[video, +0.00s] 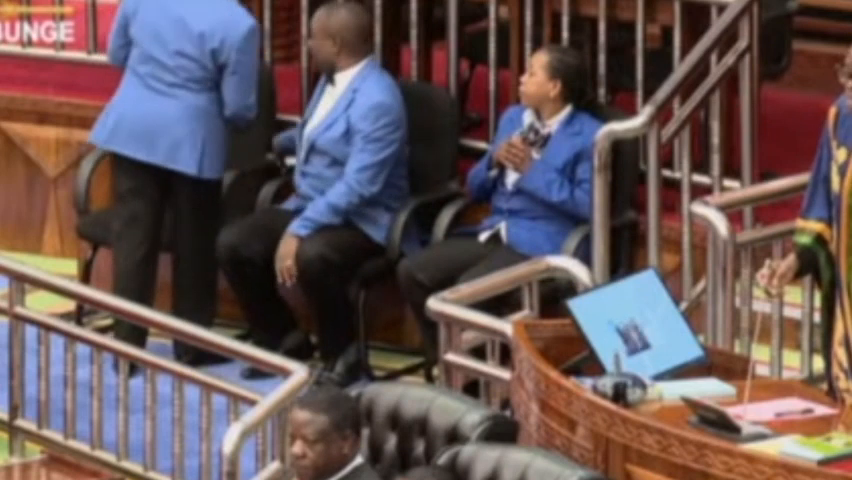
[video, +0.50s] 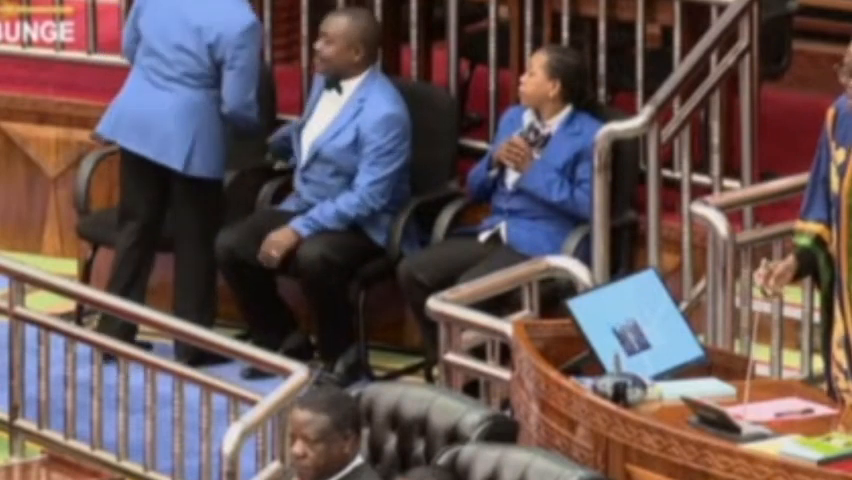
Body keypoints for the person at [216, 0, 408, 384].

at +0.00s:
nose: (309, 47)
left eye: (313, 39)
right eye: (310, 39)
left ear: (336, 43)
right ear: (342, 43)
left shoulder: (377, 97)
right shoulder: (330, 83)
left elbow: (361, 184)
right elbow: (320, 137)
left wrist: (298, 231)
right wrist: (281, 144)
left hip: (365, 219)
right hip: (312, 205)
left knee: (315, 258)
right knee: (235, 244)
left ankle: (342, 358)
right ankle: (282, 341)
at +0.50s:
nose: (316, 47)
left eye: (327, 41)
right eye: (318, 39)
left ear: (357, 55)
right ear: (349, 53)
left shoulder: (384, 110)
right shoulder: (326, 84)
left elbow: (370, 198)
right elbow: (315, 138)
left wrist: (297, 230)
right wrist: (278, 144)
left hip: (362, 222)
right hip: (308, 205)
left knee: (315, 257)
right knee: (233, 246)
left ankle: (341, 359)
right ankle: (280, 341)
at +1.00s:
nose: (342, 43)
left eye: (355, 37)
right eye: (337, 33)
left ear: (378, 44)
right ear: (328, 36)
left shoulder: (400, 100)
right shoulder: (310, 83)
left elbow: (390, 179)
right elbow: (296, 129)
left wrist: (310, 168)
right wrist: (279, 137)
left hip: (365, 219)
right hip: (306, 211)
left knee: (314, 254)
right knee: (238, 246)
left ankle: (338, 355)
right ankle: (282, 341)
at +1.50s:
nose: (354, 46)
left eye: (363, 36)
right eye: (343, 37)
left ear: (375, 41)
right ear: (325, 43)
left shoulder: (400, 98)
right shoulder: (307, 86)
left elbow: (403, 177)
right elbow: (302, 147)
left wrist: (329, 179)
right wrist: (279, 156)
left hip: (365, 216)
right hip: (304, 208)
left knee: (311, 253)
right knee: (240, 247)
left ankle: (336, 354)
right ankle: (281, 342)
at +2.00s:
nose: (351, 49)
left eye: (360, 39)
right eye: (340, 41)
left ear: (373, 42)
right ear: (321, 46)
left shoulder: (400, 98)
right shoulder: (301, 89)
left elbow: (413, 175)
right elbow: (296, 150)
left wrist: (338, 186)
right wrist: (279, 165)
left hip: (366, 217)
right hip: (301, 210)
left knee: (314, 254)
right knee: (239, 250)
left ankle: (338, 356)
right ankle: (282, 345)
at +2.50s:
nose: (351, 51)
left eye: (360, 42)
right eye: (339, 43)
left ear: (372, 45)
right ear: (319, 48)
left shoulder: (397, 101)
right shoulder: (296, 91)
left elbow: (400, 181)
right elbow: (278, 151)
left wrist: (324, 186)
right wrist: (291, 179)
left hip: (363, 219)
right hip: (299, 214)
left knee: (316, 256)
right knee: (235, 249)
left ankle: (339, 357)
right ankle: (281, 345)